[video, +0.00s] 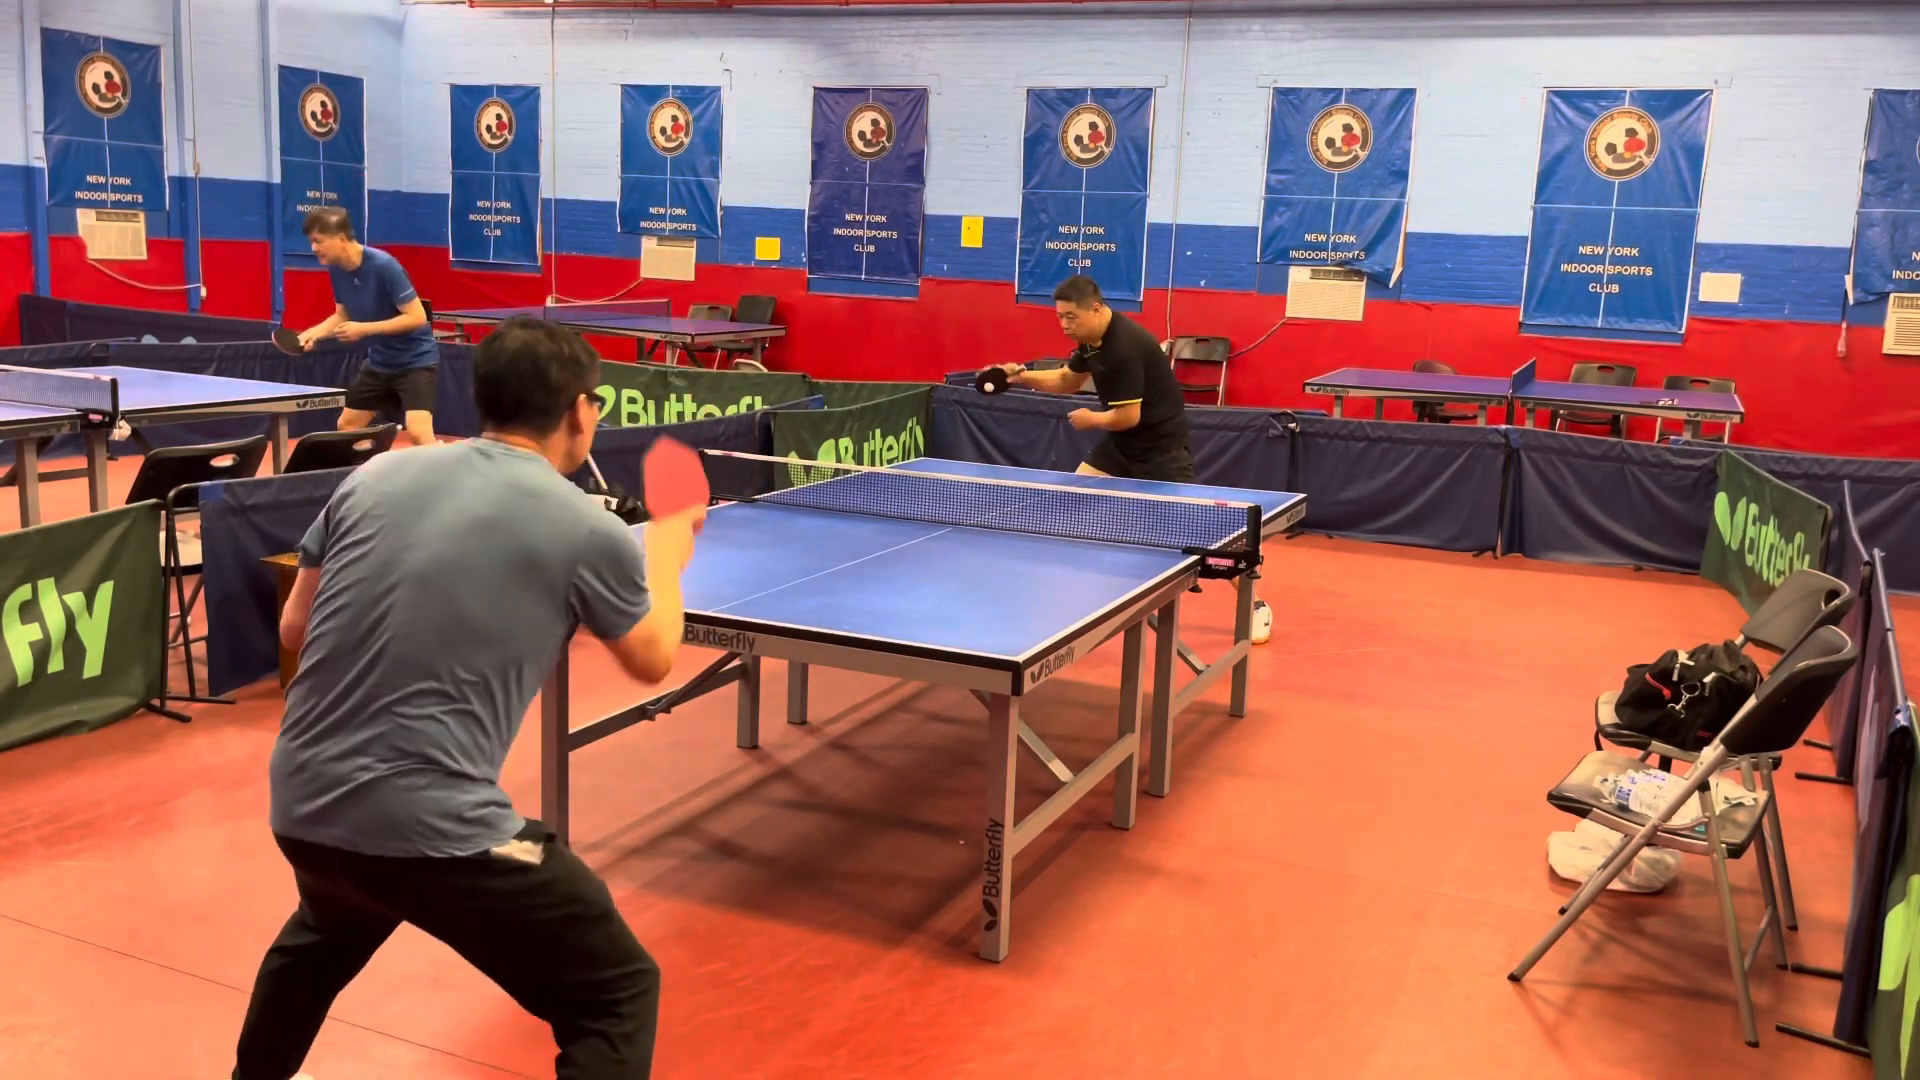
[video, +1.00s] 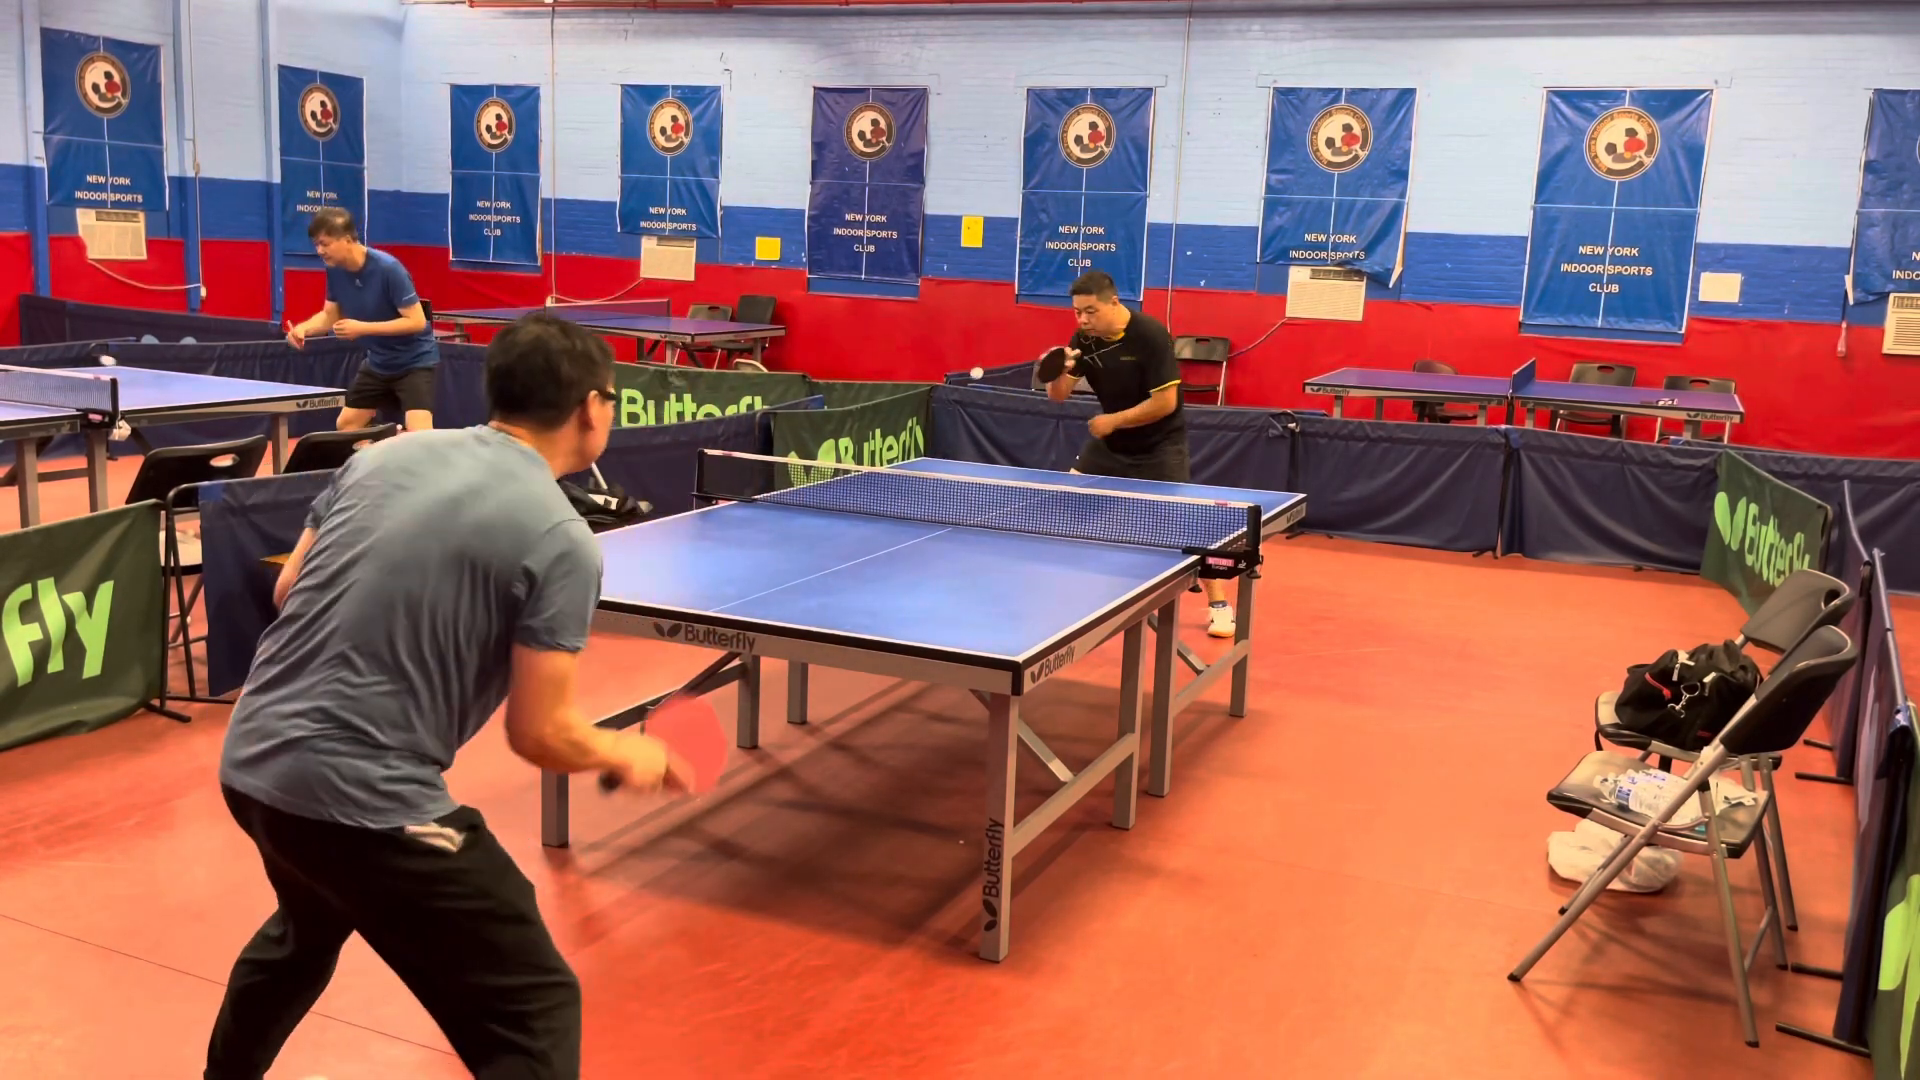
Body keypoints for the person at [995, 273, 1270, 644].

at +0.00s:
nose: (1064, 325)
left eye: (1071, 317)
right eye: (1061, 317)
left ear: (1097, 308)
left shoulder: (1124, 345)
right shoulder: (1092, 337)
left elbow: (1129, 415)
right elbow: (1068, 379)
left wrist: (1093, 419)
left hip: (1163, 448)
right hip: (1122, 441)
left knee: (1191, 527)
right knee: (1068, 500)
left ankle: (1253, 605)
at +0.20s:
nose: (1071, 321)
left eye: (1078, 311)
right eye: (1066, 313)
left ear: (1102, 303)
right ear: (1063, 310)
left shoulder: (1142, 330)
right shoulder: (1070, 344)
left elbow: (1172, 387)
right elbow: (1045, 399)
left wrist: (1123, 421)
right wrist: (1045, 364)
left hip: (1160, 436)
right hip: (1106, 434)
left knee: (1188, 515)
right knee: (1054, 497)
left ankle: (1214, 598)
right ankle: (1040, 585)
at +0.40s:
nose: (1094, 330)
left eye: (1103, 321)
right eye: (1088, 322)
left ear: (1123, 317)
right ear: (1081, 321)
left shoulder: (1155, 350)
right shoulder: (1077, 358)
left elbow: (1180, 405)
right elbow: (1061, 418)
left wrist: (1135, 437)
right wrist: (1062, 418)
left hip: (1155, 448)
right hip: (1094, 446)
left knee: (1192, 511)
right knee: (1043, 497)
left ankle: (1211, 599)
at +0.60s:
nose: (1069, 318)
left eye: (1077, 309)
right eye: (1064, 310)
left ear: (1101, 305)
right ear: (1059, 308)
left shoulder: (1130, 344)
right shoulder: (1070, 342)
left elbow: (1140, 411)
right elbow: (1072, 392)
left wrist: (1090, 422)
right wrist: (1049, 425)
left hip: (1146, 446)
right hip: (1095, 443)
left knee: (1176, 517)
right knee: (1049, 500)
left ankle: (1209, 599)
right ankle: (1036, 586)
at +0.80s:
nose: (1055, 323)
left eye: (1063, 314)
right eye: (1052, 314)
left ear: (1088, 306)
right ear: (1051, 311)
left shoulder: (1110, 344)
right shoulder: (1092, 333)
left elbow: (1106, 416)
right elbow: (1093, 374)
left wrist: (1069, 419)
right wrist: (1056, 388)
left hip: (1140, 450)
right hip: (1102, 443)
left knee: (1167, 523)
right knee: (1053, 500)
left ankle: (1224, 598)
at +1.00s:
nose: (1081, 321)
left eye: (1088, 312)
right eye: (1077, 312)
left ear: (1112, 304)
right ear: (1077, 309)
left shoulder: (1151, 334)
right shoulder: (1084, 339)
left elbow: (1166, 402)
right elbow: (1058, 396)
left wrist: (1113, 420)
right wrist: (1059, 370)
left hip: (1160, 445)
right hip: (1110, 444)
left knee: (1185, 519)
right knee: (1063, 498)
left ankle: (1218, 602)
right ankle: (1047, 587)